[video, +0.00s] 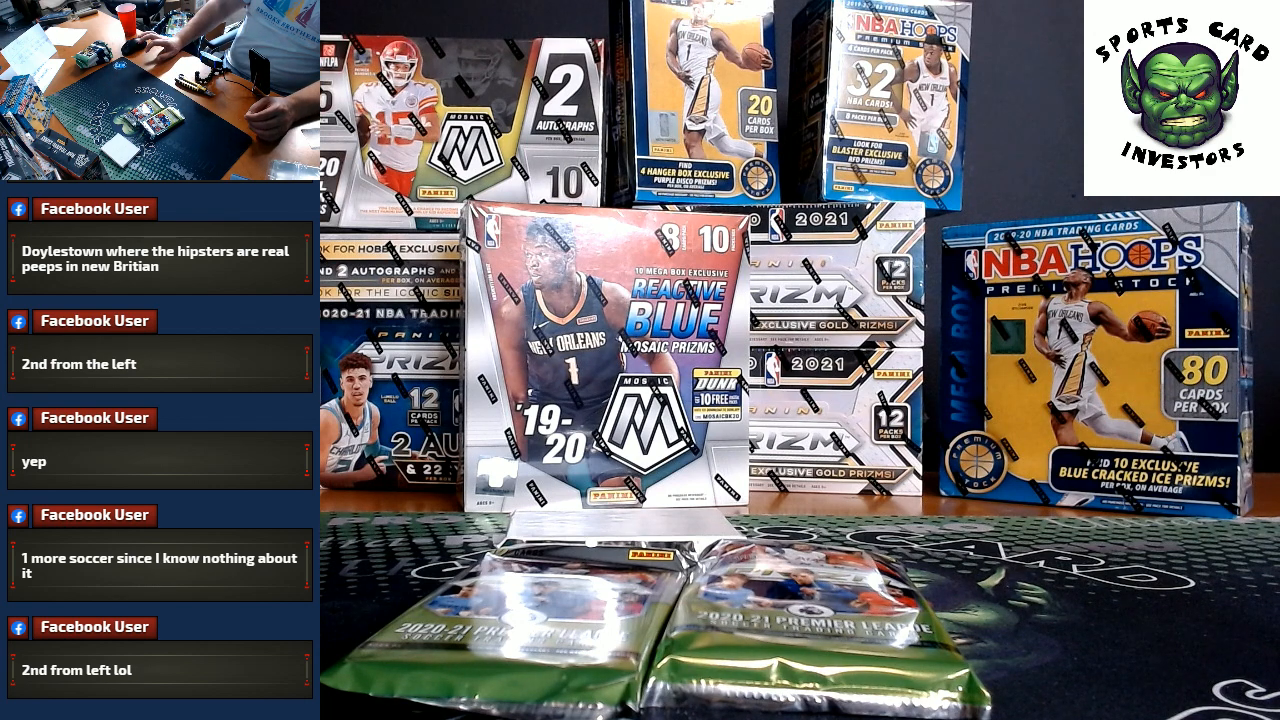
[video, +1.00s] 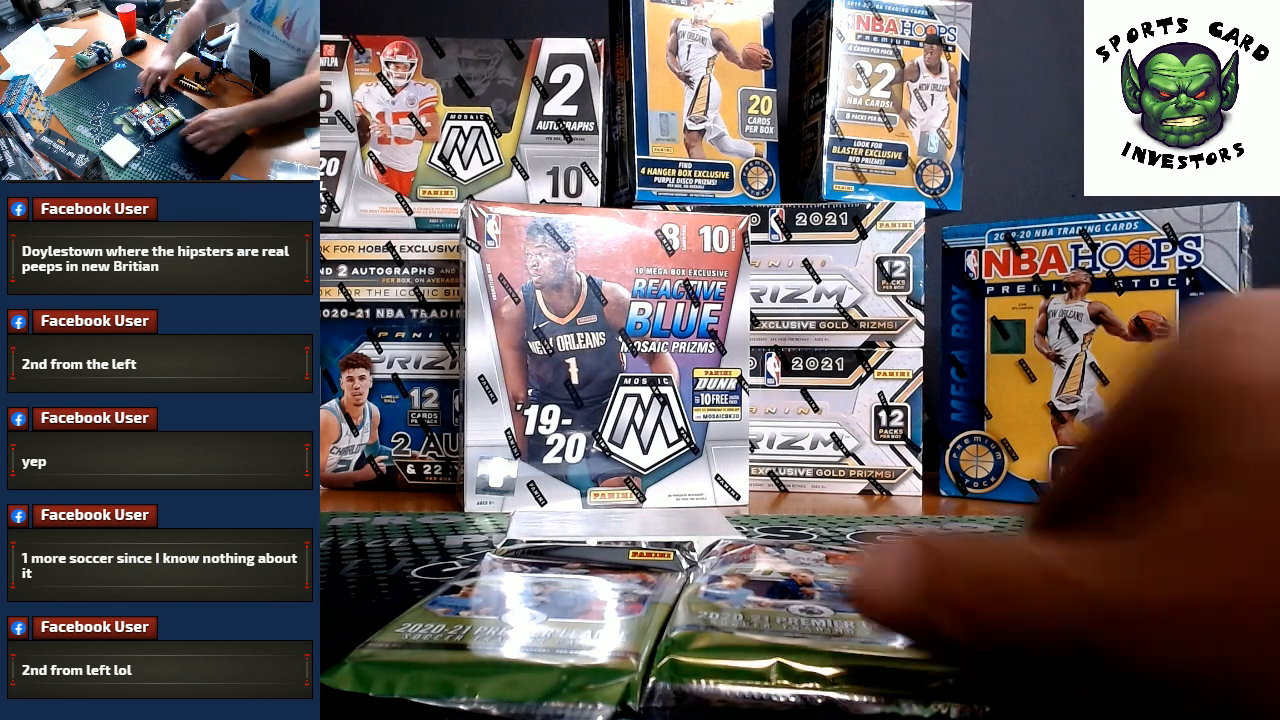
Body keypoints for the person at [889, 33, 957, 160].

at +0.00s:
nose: (928, 52)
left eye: (933, 49)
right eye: (926, 48)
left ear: (941, 52)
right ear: (923, 49)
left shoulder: (950, 71)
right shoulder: (913, 69)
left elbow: (955, 94)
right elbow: (886, 83)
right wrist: (900, 111)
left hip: (940, 116)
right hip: (918, 117)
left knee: (939, 153)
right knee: (923, 154)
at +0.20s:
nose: (928, 52)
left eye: (933, 49)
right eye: (926, 48)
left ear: (941, 52)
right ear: (923, 49)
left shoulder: (950, 71)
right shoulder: (913, 69)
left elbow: (955, 94)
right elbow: (886, 83)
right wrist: (900, 111)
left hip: (940, 116)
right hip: (918, 117)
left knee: (939, 152)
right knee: (923, 154)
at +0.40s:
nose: (928, 52)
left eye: (933, 49)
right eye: (926, 48)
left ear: (941, 52)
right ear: (923, 49)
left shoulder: (950, 70)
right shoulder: (913, 69)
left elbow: (955, 93)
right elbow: (886, 83)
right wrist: (900, 111)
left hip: (940, 116)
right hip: (918, 118)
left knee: (940, 154)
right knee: (923, 155)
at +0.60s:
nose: (928, 52)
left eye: (933, 48)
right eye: (926, 47)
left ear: (941, 51)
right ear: (923, 49)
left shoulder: (950, 70)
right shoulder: (913, 69)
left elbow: (955, 93)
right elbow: (886, 83)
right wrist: (900, 111)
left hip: (940, 116)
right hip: (918, 117)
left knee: (940, 153)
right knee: (923, 154)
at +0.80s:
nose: (928, 52)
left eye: (933, 49)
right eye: (926, 47)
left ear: (941, 51)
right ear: (923, 49)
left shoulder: (950, 70)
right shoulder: (913, 69)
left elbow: (955, 93)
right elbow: (886, 83)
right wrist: (900, 110)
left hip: (940, 116)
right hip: (918, 117)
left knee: (940, 153)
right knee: (923, 154)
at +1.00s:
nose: (928, 53)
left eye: (933, 50)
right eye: (926, 48)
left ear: (941, 52)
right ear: (923, 49)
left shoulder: (949, 70)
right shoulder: (913, 69)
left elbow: (955, 93)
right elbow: (886, 83)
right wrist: (900, 111)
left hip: (940, 117)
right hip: (918, 119)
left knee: (940, 155)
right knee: (923, 155)